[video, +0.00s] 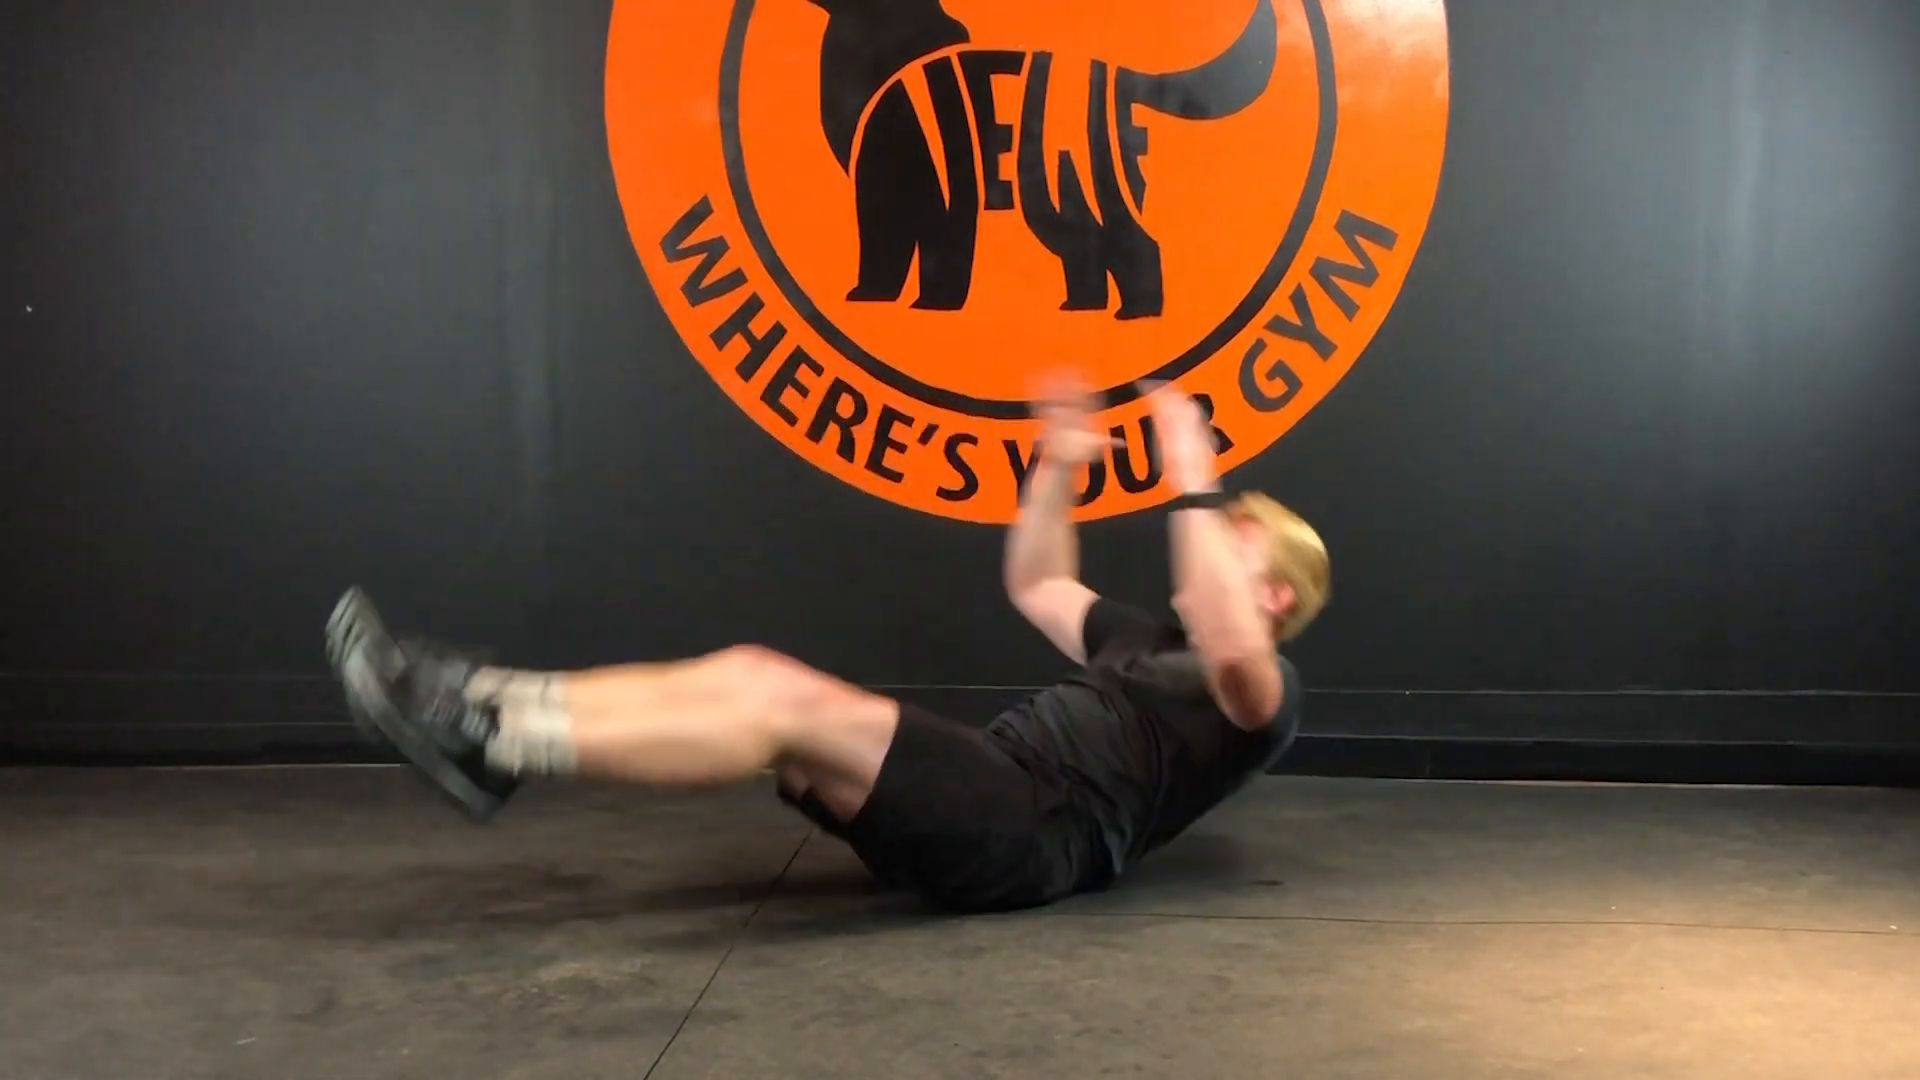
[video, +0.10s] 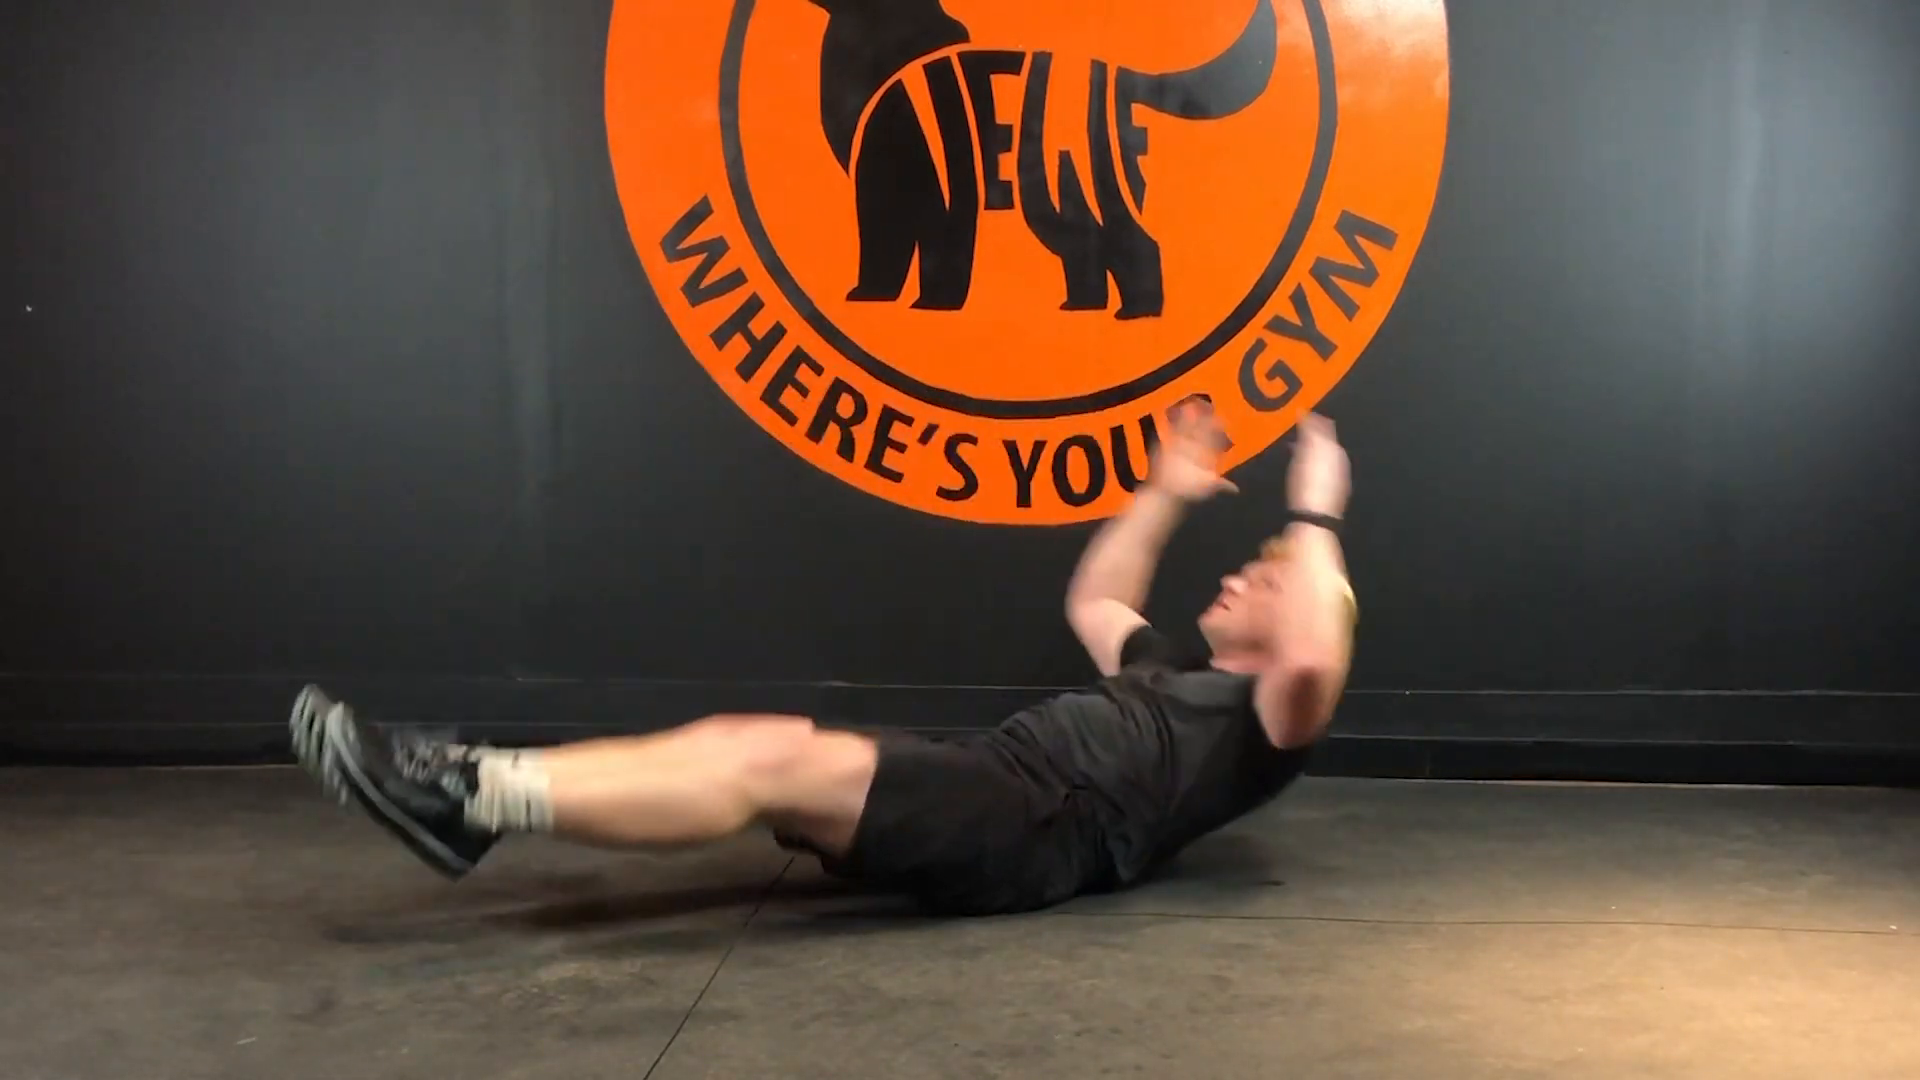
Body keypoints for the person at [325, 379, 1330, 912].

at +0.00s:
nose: (1204, 554)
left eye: (1233, 550)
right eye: (1208, 543)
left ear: (1277, 601)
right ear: (1219, 567)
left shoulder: (1252, 702)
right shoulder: (1146, 646)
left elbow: (1224, 632)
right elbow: (1041, 583)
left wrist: (1191, 474)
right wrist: (1056, 471)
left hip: (1028, 829)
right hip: (965, 792)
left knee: (776, 692)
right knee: (750, 671)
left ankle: (475, 721)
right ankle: (487, 725)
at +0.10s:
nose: (1233, 582)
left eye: (1262, 580)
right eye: (1243, 570)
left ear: (1301, 632)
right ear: (1236, 600)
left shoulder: (1257, 723)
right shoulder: (1162, 678)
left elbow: (1315, 649)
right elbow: (1100, 600)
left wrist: (1313, 514)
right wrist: (1168, 488)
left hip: (1025, 825)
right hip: (965, 788)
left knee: (767, 759)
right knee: (733, 740)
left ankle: (484, 800)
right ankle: (460, 787)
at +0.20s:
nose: (1270, 619)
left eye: (1299, 619)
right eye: (1272, 608)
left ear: (1328, 679)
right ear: (1247, 638)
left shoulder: (1278, 751)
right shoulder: (1181, 696)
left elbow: (1388, 691)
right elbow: (1161, 631)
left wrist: (1418, 573)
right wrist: (1260, 542)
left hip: (1031, 805)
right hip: (969, 756)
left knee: (782, 812)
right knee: (737, 777)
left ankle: (496, 848)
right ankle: (466, 840)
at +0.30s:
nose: (1289, 674)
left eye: (1315, 684)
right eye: (1287, 666)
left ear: (1340, 733)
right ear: (1253, 686)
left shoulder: (1294, 789)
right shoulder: (1183, 728)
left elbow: (1441, 760)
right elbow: (1223, 674)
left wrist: (1490, 670)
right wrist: (1333, 642)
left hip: (1031, 809)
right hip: (953, 757)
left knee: (793, 809)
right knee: (742, 780)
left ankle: (474, 867)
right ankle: (475, 864)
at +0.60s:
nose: (1361, 702)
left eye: (1383, 707)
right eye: (1360, 688)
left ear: (1381, 750)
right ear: (1328, 701)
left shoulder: (1311, 795)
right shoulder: (1223, 730)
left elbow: (1437, 730)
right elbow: (1209, 657)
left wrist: (1454, 647)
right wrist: (1359, 644)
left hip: (1047, 815)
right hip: (993, 760)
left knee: (801, 778)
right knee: (766, 789)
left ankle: (485, 801)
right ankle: (483, 812)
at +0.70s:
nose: (1301, 669)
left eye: (1322, 675)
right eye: (1306, 660)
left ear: (1341, 720)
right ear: (1292, 679)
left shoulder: (1299, 770)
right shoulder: (1200, 725)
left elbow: (1274, 646)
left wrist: (1222, 503)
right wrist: (1185, 493)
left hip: (1042, 830)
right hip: (992, 786)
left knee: (821, 709)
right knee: (784, 714)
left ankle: (503, 721)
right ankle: (511, 738)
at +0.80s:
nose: (1214, 618)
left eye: (1245, 612)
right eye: (1224, 603)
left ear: (1300, 651)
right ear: (1230, 621)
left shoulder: (1274, 717)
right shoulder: (1184, 699)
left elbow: (1171, 671)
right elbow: (1096, 641)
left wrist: (1024, 559)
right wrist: (1012, 523)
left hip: (1040, 831)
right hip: (987, 820)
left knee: (842, 644)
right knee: (811, 664)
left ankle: (548, 626)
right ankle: (540, 640)